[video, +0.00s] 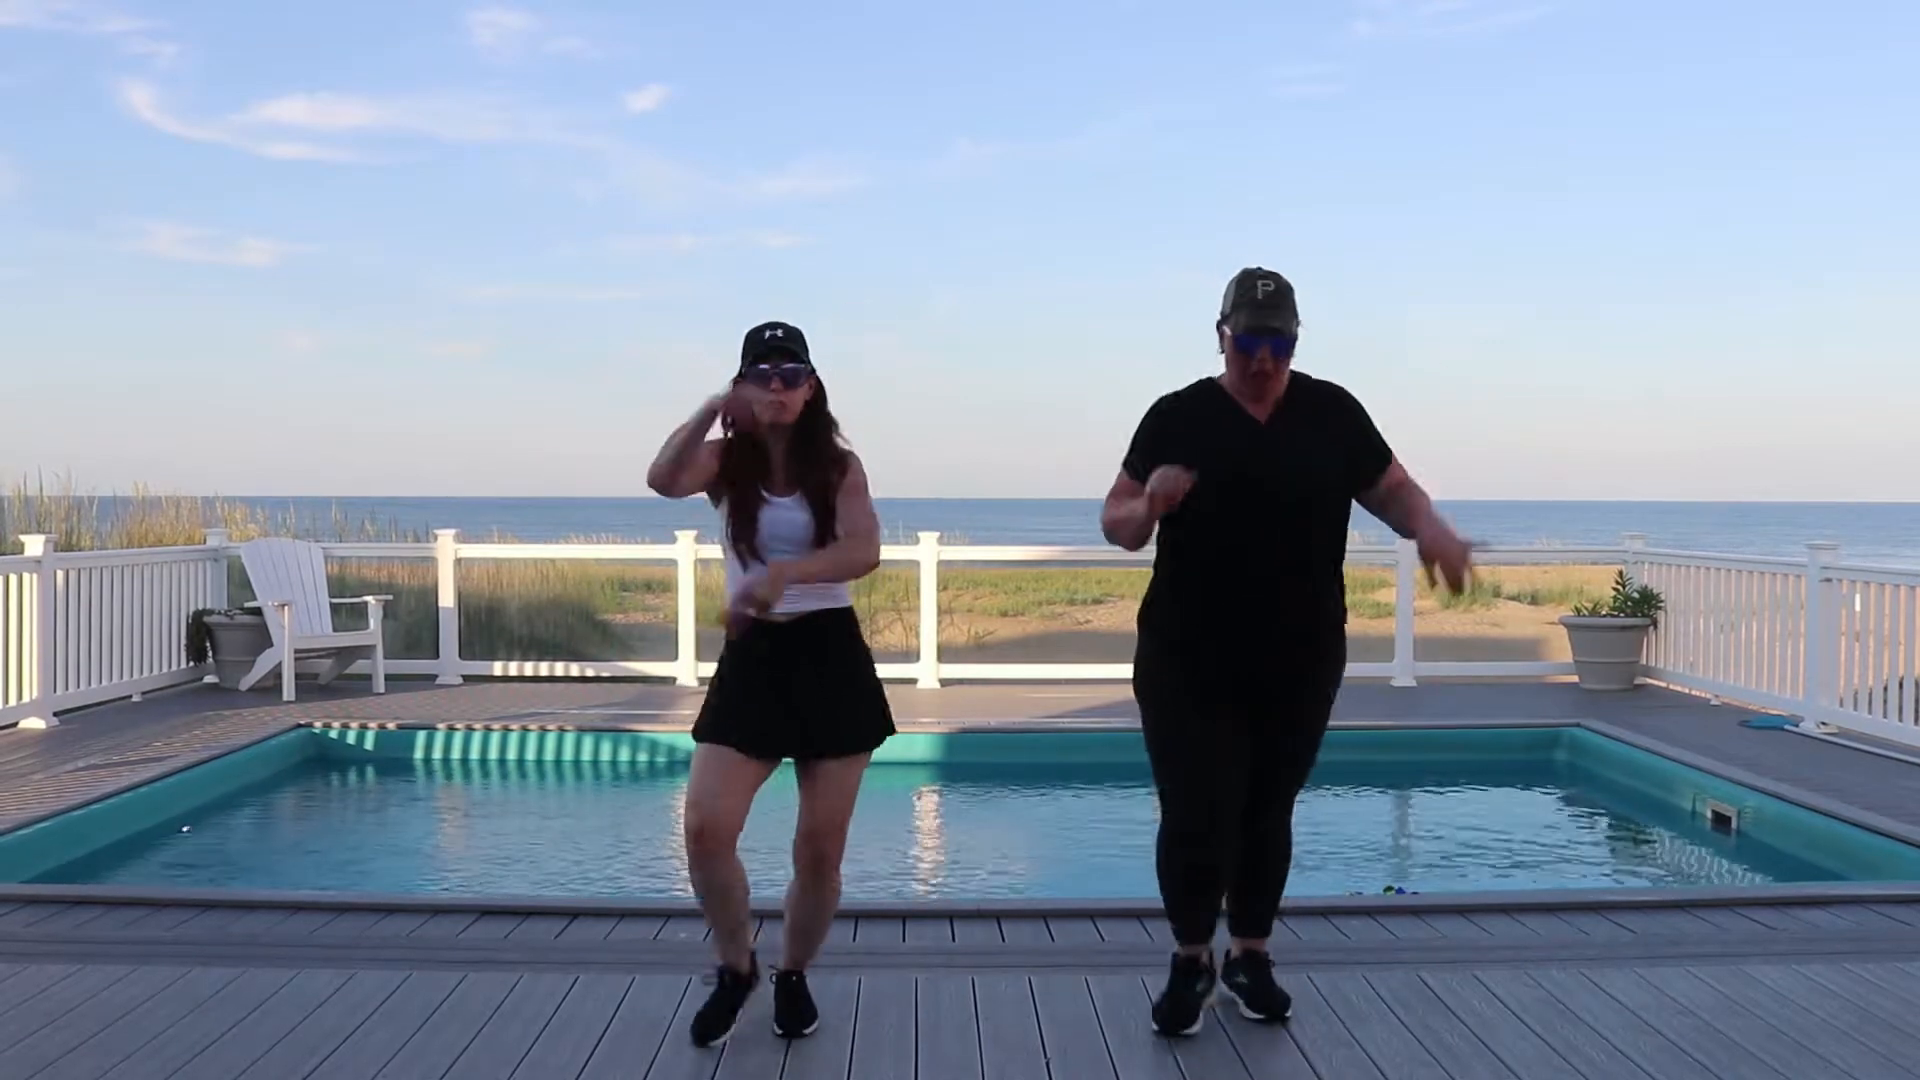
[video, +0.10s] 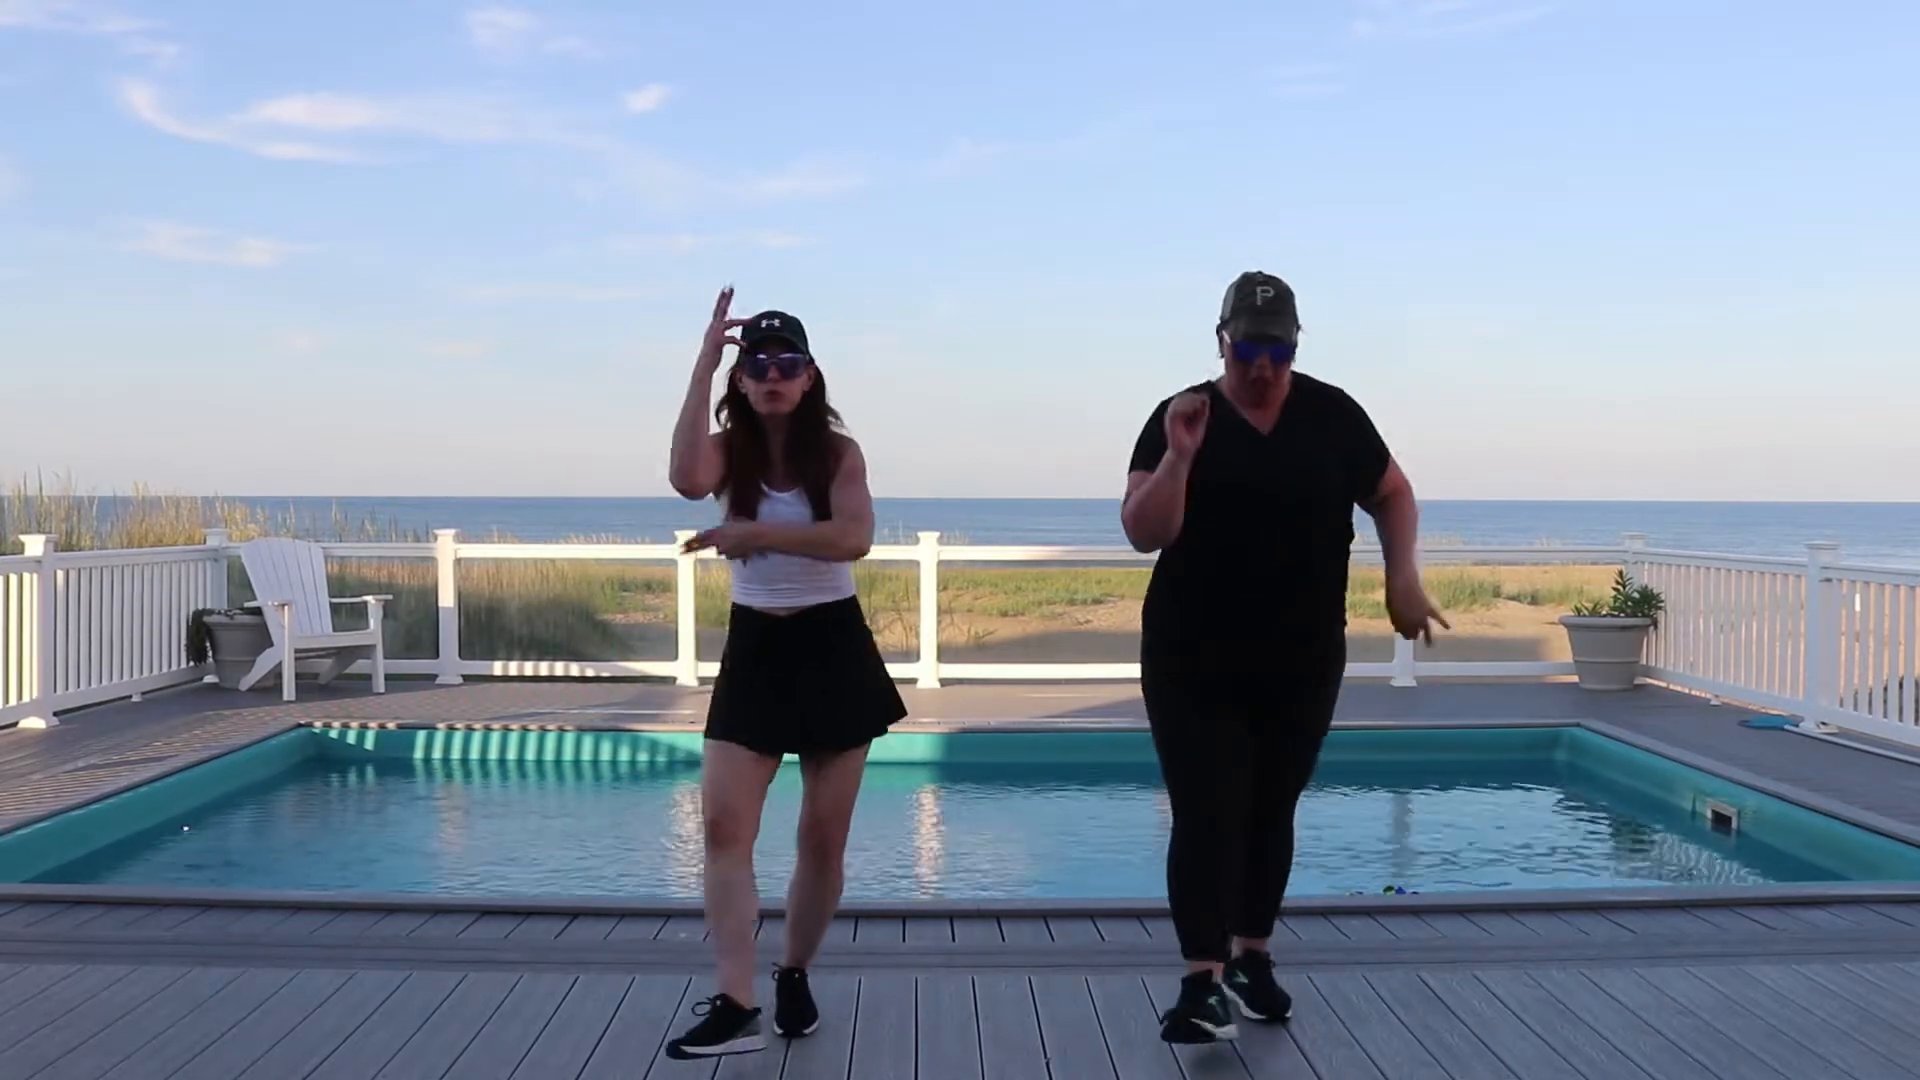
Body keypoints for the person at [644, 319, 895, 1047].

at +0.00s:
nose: (781, 390)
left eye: (794, 377)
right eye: (765, 377)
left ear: (813, 386)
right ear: (743, 388)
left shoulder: (836, 461)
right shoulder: (728, 457)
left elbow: (863, 552)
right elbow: (666, 479)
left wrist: (783, 570)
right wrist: (714, 407)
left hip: (832, 657)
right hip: (753, 658)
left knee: (820, 850)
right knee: (705, 829)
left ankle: (793, 974)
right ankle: (737, 969)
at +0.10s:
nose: (773, 380)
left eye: (788, 367)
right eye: (760, 368)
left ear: (810, 377)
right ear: (741, 379)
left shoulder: (836, 451)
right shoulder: (729, 448)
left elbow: (855, 538)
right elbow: (686, 478)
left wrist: (760, 536)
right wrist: (705, 367)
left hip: (835, 649)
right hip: (755, 649)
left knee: (823, 836)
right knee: (724, 826)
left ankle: (794, 975)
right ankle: (736, 1000)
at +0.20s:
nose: (772, 371)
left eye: (787, 358)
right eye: (758, 359)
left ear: (810, 365)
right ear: (738, 366)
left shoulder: (834, 435)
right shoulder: (724, 434)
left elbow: (861, 523)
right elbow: (694, 490)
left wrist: (761, 515)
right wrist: (699, 378)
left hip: (834, 641)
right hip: (754, 642)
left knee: (827, 835)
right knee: (742, 824)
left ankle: (796, 970)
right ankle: (753, 1001)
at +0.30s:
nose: (772, 379)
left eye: (786, 366)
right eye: (757, 366)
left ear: (810, 375)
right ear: (737, 377)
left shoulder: (835, 447)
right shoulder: (724, 444)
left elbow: (863, 541)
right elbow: (704, 510)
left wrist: (770, 536)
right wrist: (704, 398)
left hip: (832, 648)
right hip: (749, 651)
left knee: (854, 843)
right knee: (753, 838)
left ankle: (807, 955)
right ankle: (776, 1014)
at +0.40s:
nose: (771, 392)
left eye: (786, 377)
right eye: (757, 378)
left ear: (809, 385)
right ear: (737, 389)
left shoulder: (838, 460)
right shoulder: (723, 458)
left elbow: (864, 557)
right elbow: (705, 534)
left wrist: (774, 554)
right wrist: (703, 418)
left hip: (834, 657)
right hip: (749, 660)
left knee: (856, 850)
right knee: (745, 841)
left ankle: (816, 935)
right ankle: (774, 1014)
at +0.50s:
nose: (775, 383)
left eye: (789, 369)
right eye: (760, 370)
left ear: (812, 378)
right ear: (739, 383)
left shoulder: (840, 454)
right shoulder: (724, 454)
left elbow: (862, 545)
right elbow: (697, 524)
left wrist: (763, 546)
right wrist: (694, 411)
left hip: (840, 654)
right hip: (756, 655)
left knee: (843, 849)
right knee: (750, 835)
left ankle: (823, 950)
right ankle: (771, 1010)